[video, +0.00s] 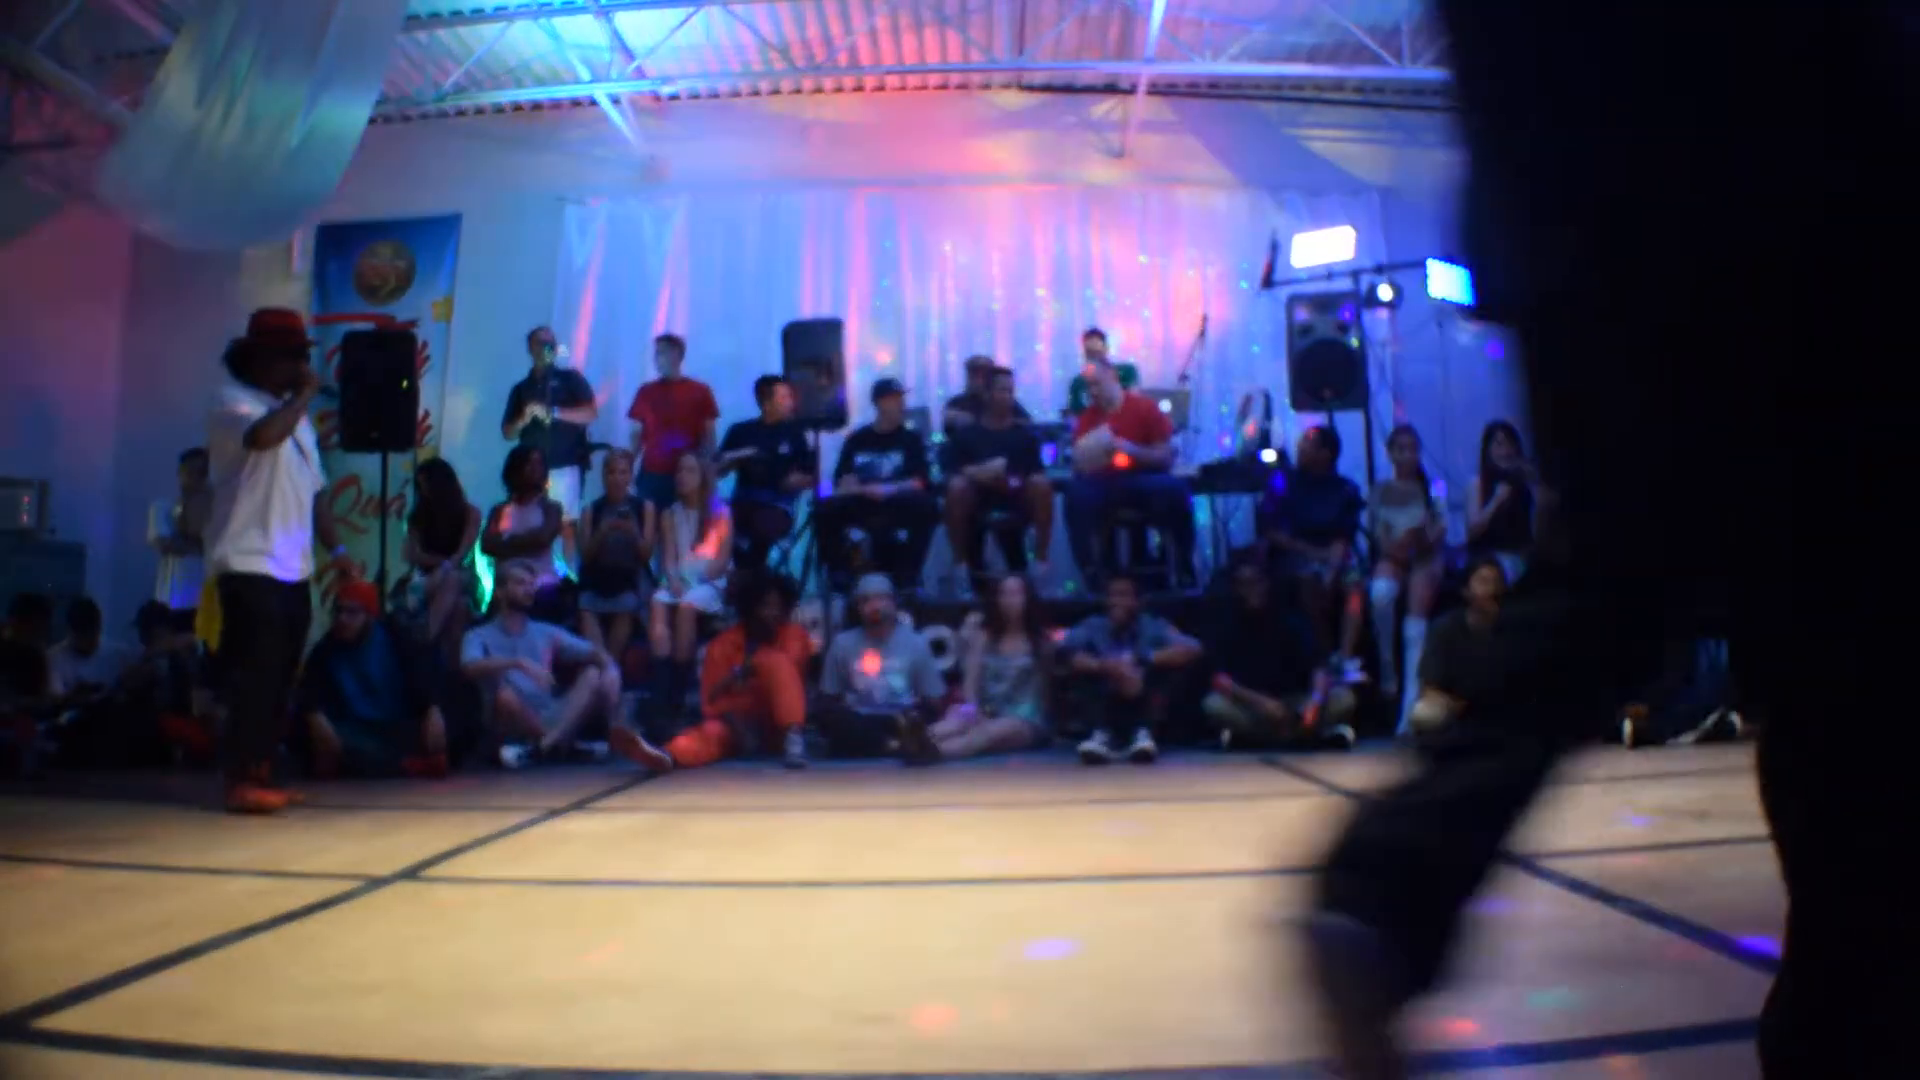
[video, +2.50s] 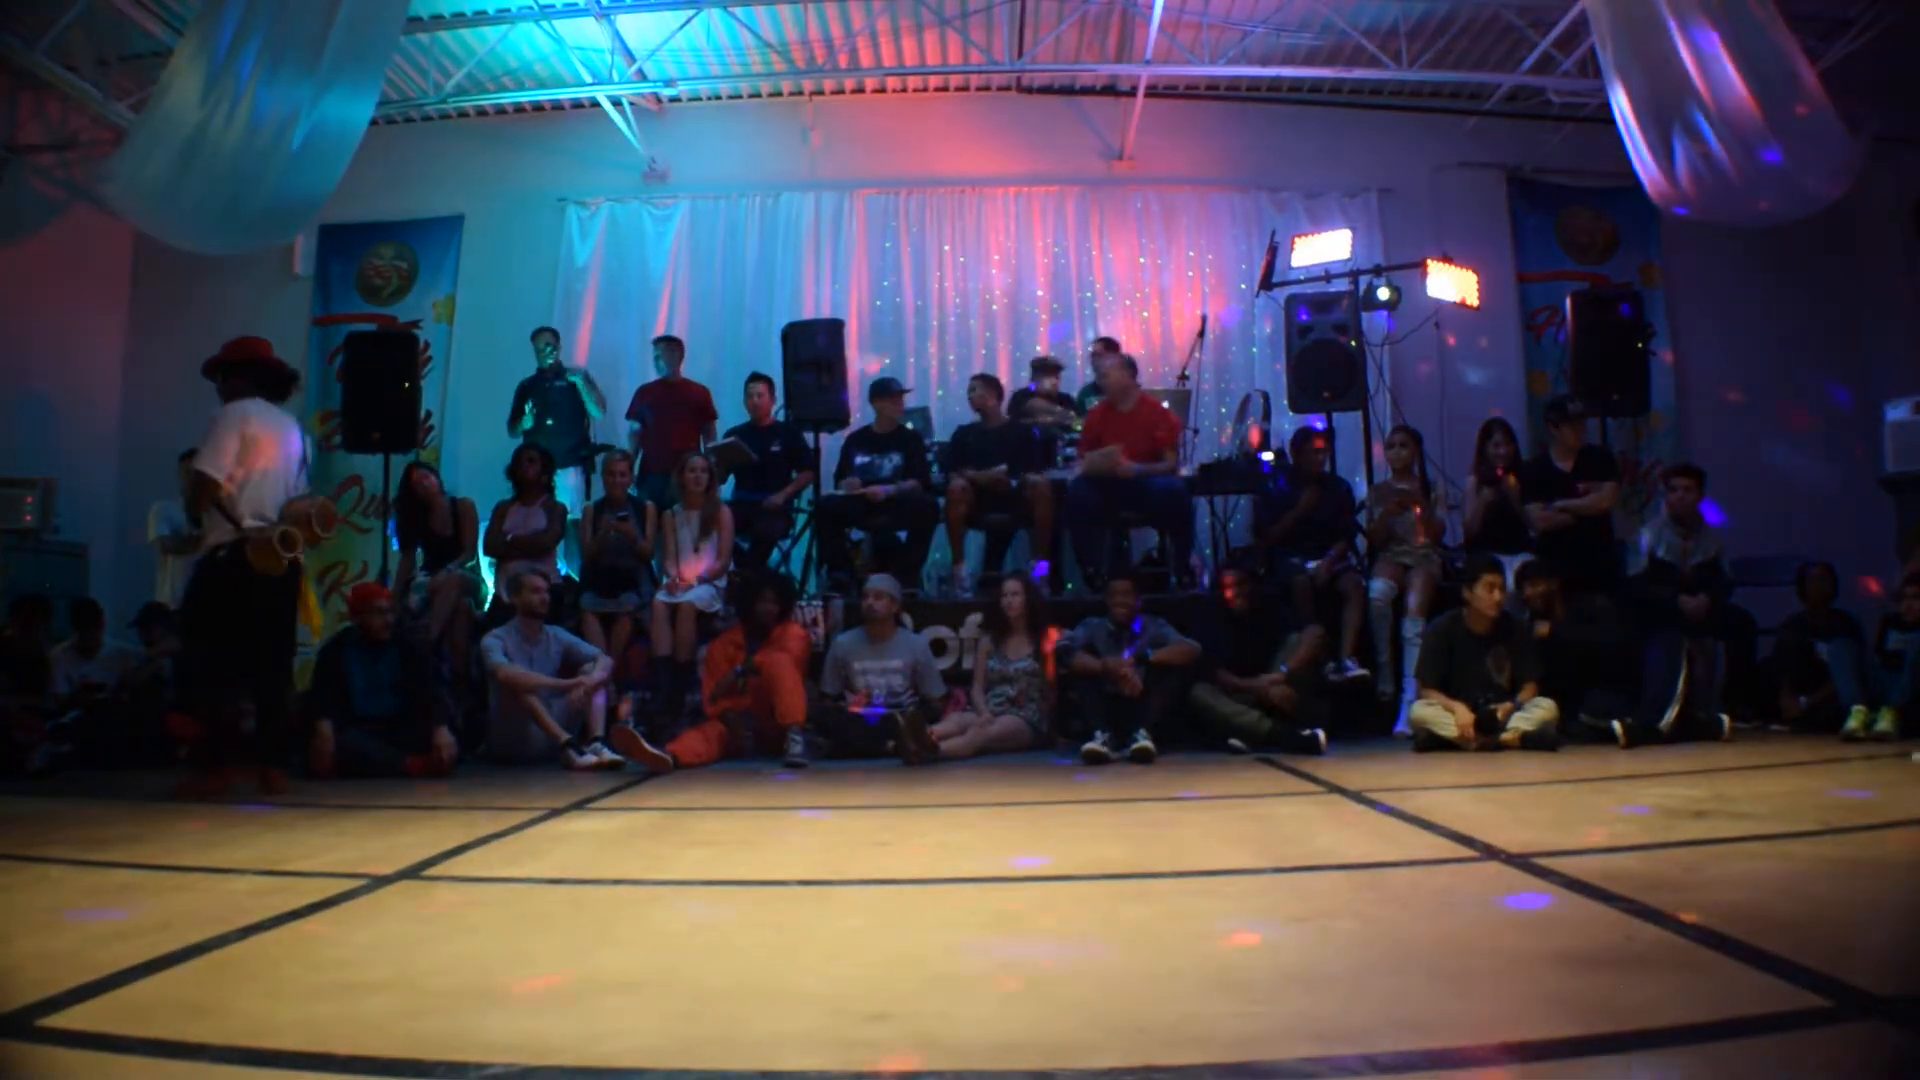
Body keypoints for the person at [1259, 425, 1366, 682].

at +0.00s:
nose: (1300, 451)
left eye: (1308, 446)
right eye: (1301, 445)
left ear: (1327, 453)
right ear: (1301, 448)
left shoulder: (1345, 490)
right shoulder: (1286, 483)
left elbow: (1344, 536)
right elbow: (1273, 532)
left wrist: (1332, 571)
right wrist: (1318, 553)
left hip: (1333, 559)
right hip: (1294, 555)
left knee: (1355, 587)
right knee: (1310, 582)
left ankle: (1346, 658)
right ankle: (1320, 660)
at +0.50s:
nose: (1308, 459)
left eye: (1315, 454)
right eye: (1304, 453)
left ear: (1328, 457)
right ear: (1299, 455)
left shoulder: (1340, 490)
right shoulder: (1282, 485)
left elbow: (1340, 531)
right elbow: (1264, 526)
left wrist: (1331, 557)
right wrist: (1312, 541)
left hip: (1327, 552)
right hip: (1291, 551)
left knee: (1349, 582)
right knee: (1306, 579)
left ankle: (1345, 655)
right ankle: (1319, 655)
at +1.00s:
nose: (1303, 462)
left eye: (1310, 456)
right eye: (1300, 455)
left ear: (1324, 459)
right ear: (1295, 456)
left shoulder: (1340, 489)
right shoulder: (1280, 486)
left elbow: (1341, 533)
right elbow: (1263, 531)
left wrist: (1330, 568)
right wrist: (1314, 543)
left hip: (1327, 551)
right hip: (1292, 552)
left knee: (1352, 581)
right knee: (1306, 579)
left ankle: (1345, 655)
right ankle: (1327, 655)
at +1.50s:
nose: (1302, 463)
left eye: (1308, 457)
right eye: (1297, 457)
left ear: (1320, 457)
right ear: (1290, 456)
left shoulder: (1338, 488)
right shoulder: (1277, 486)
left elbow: (1341, 534)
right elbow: (1263, 535)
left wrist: (1330, 566)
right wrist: (1313, 544)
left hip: (1328, 553)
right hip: (1291, 554)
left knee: (1353, 582)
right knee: (1304, 580)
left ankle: (1346, 657)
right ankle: (1319, 653)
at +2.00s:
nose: (1309, 461)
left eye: (1315, 455)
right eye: (1304, 454)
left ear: (1323, 456)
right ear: (1294, 454)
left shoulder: (1337, 486)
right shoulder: (1276, 485)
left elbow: (1347, 533)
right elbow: (1258, 533)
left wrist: (1329, 559)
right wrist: (1302, 528)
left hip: (1329, 553)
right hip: (1291, 554)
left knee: (1352, 584)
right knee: (1300, 582)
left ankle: (1344, 658)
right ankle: (1318, 656)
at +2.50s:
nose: (1319, 458)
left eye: (1323, 452)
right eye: (1313, 452)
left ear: (1327, 454)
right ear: (1296, 454)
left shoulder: (1338, 486)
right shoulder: (1278, 485)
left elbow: (1347, 535)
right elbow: (1267, 535)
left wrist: (1330, 562)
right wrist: (1299, 510)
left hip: (1329, 554)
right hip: (1292, 554)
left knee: (1354, 585)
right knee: (1301, 584)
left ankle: (1347, 657)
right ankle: (1314, 658)